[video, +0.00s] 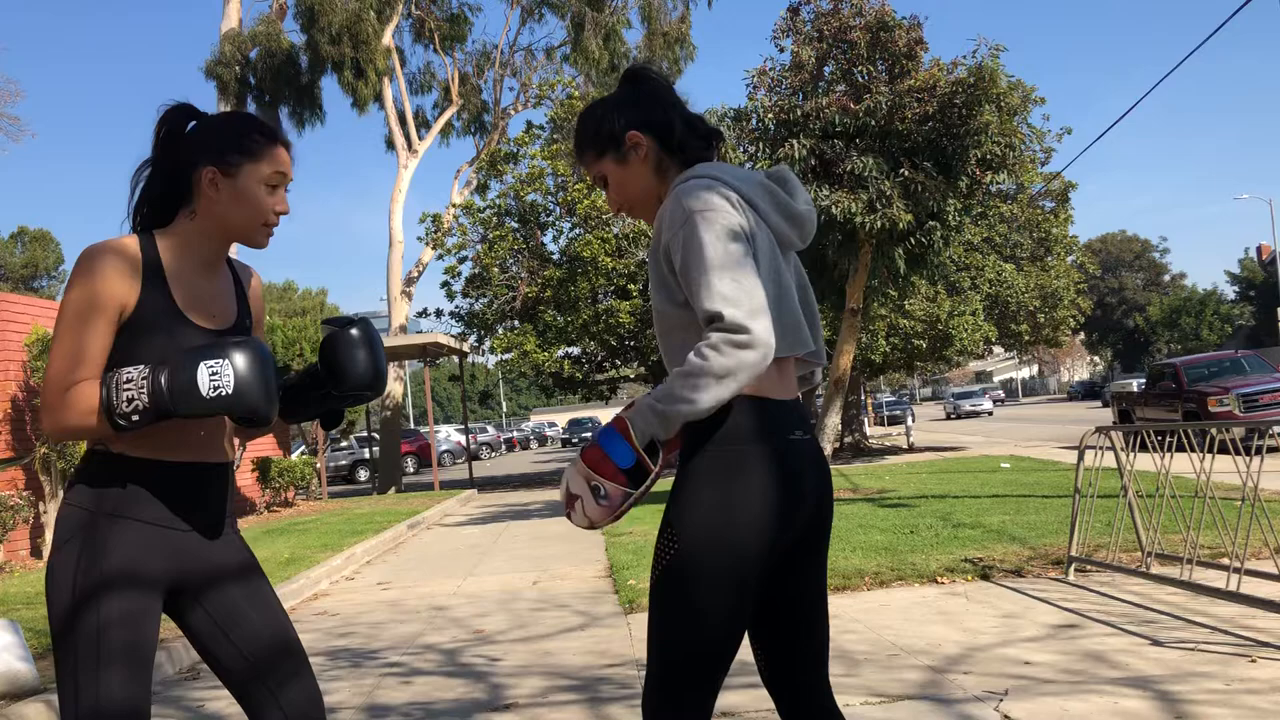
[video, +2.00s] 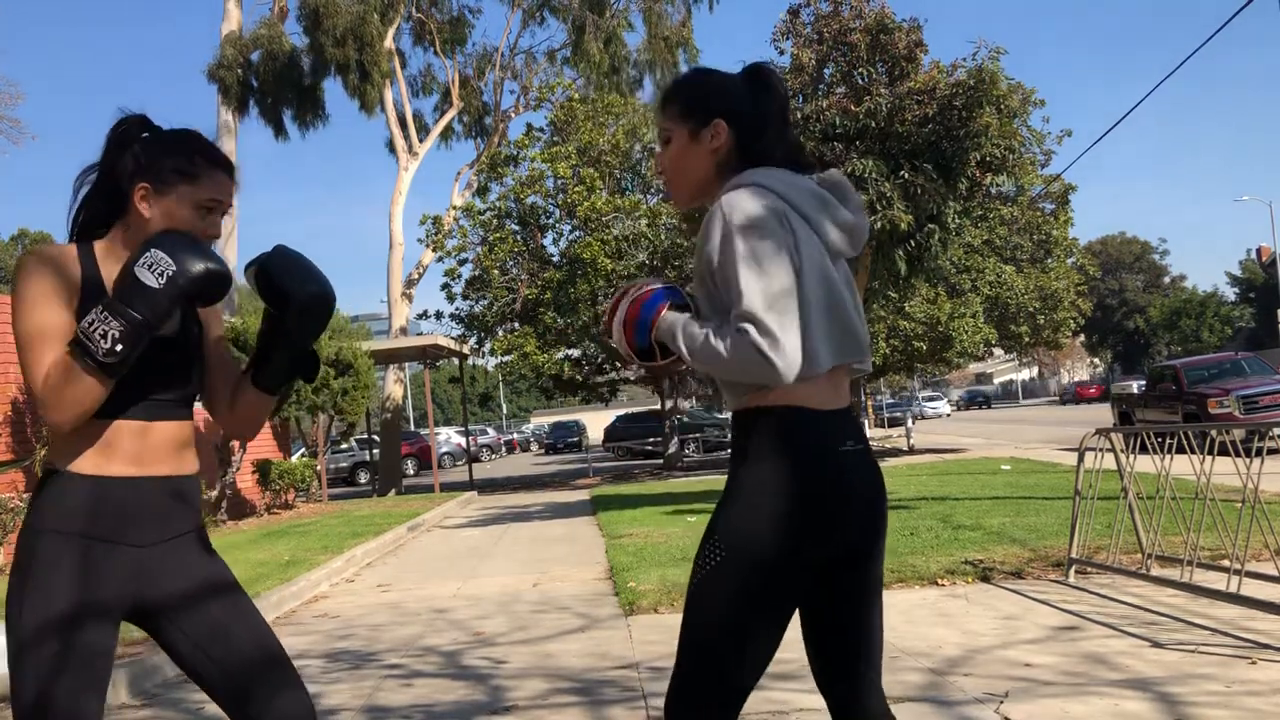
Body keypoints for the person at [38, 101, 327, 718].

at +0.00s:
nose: (284, 206)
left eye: (285, 189)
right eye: (274, 185)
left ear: (220, 185)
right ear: (213, 182)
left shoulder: (246, 285)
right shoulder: (113, 265)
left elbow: (239, 419)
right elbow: (58, 413)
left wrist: (307, 392)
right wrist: (178, 386)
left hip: (212, 528)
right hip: (116, 521)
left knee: (297, 705)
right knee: (107, 710)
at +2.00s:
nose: (218, 231)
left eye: (224, 216)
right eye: (206, 211)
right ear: (145, 199)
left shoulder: (198, 295)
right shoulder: (51, 269)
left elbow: (237, 419)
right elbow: (59, 408)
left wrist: (287, 339)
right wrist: (131, 310)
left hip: (178, 539)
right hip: (73, 540)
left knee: (286, 707)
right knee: (55, 709)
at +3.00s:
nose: (204, 227)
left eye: (206, 211)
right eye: (190, 207)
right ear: (127, 205)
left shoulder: (193, 297)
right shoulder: (41, 277)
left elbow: (252, 425)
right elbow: (49, 422)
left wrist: (276, 340)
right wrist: (108, 317)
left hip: (190, 541)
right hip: (82, 546)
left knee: (323, 697)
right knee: (70, 709)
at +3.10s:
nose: (211, 204)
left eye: (212, 188)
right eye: (195, 186)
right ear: (131, 188)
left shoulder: (220, 267)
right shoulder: (62, 271)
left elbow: (342, 322)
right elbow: (48, 421)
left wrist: (351, 255)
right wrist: (90, 312)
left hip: (208, 529)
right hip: (99, 533)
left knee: (313, 706)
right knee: (79, 711)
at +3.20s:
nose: (226, 209)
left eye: (230, 192)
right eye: (211, 191)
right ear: (145, 190)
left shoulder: (246, 250)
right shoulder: (82, 275)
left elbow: (379, 229)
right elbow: (87, 426)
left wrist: (460, 165)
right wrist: (110, 318)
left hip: (221, 533)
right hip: (113, 531)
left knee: (314, 703)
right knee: (82, 707)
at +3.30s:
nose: (231, 217)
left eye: (236, 201)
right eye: (217, 199)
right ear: (152, 194)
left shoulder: (246, 254)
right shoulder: (83, 277)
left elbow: (378, 253)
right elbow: (93, 429)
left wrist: (434, 186)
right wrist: (120, 323)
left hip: (225, 535)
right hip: (116, 533)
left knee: (326, 707)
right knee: (80, 711)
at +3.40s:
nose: (229, 225)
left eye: (234, 208)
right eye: (216, 206)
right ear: (151, 199)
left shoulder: (232, 273)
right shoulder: (74, 279)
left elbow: (339, 360)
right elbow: (76, 436)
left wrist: (360, 274)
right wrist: (112, 327)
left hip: (224, 536)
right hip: (115, 537)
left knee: (330, 707)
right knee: (83, 711)